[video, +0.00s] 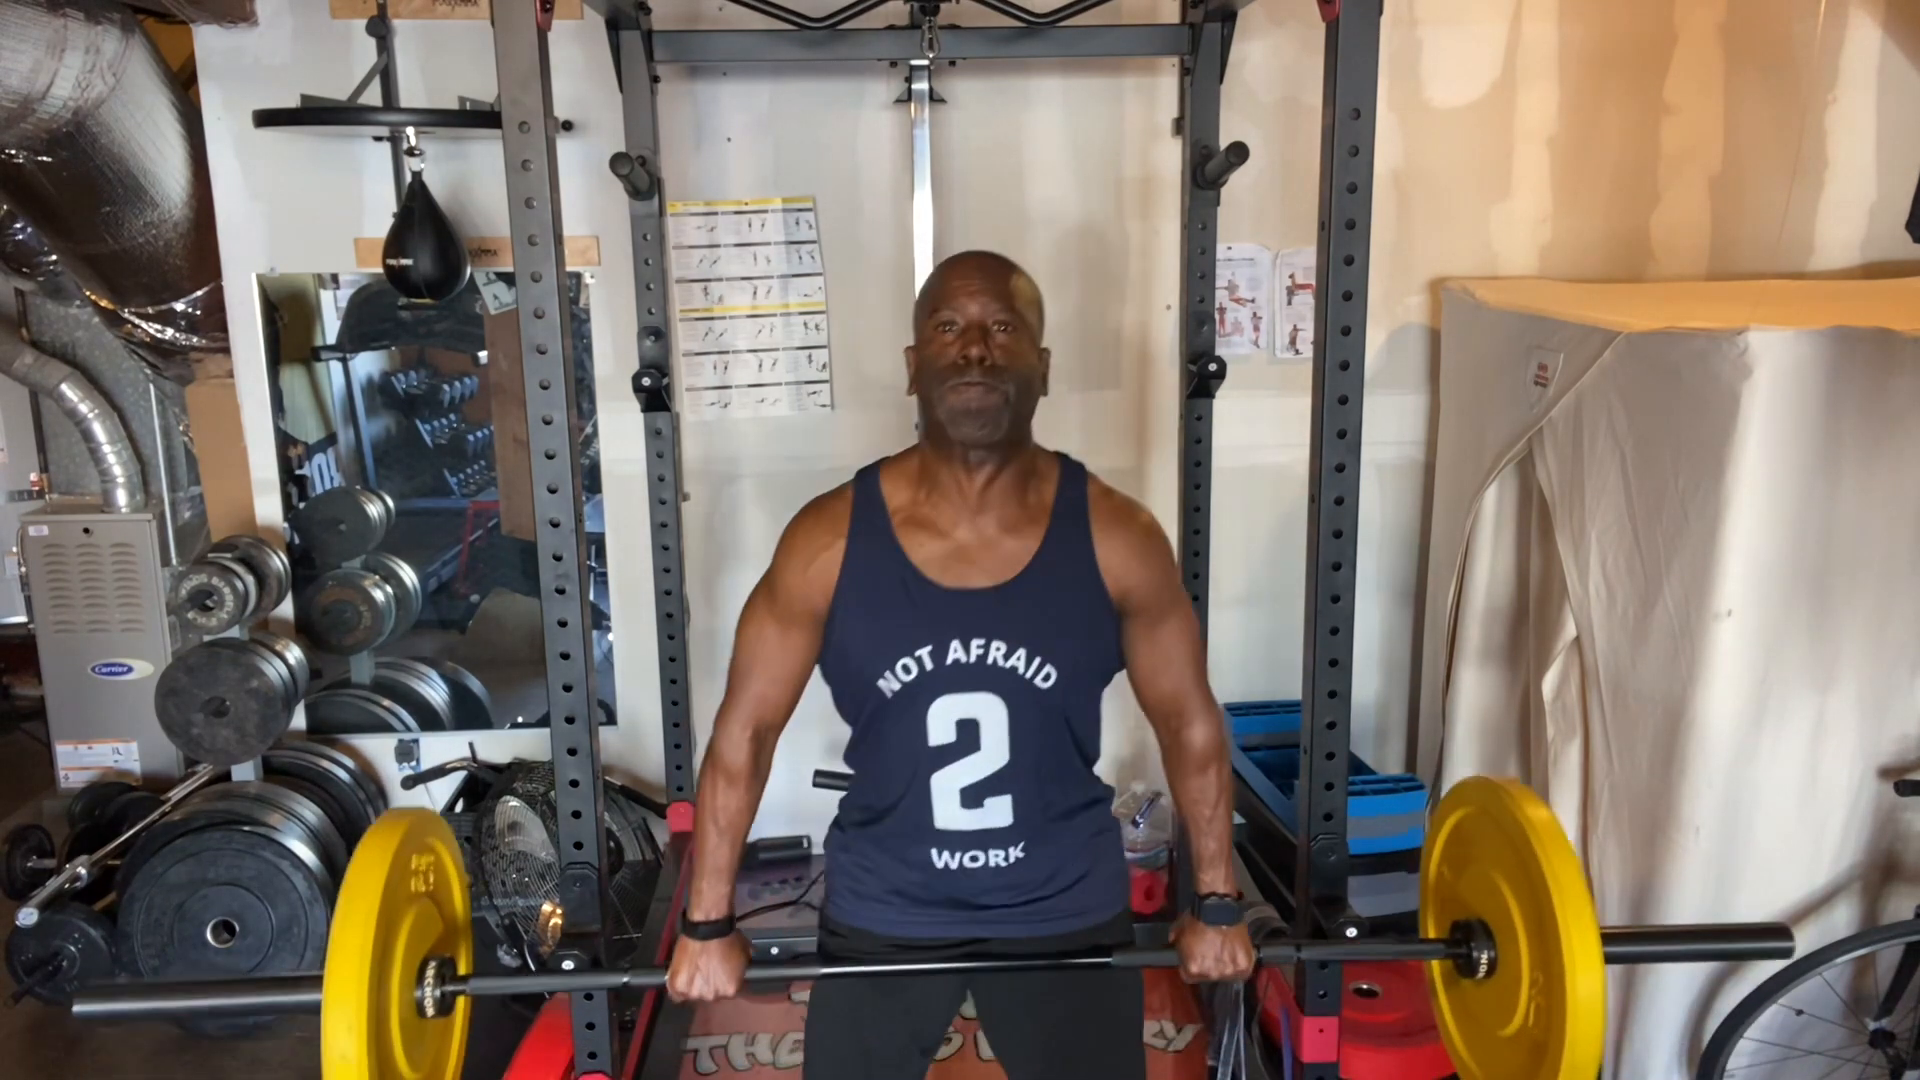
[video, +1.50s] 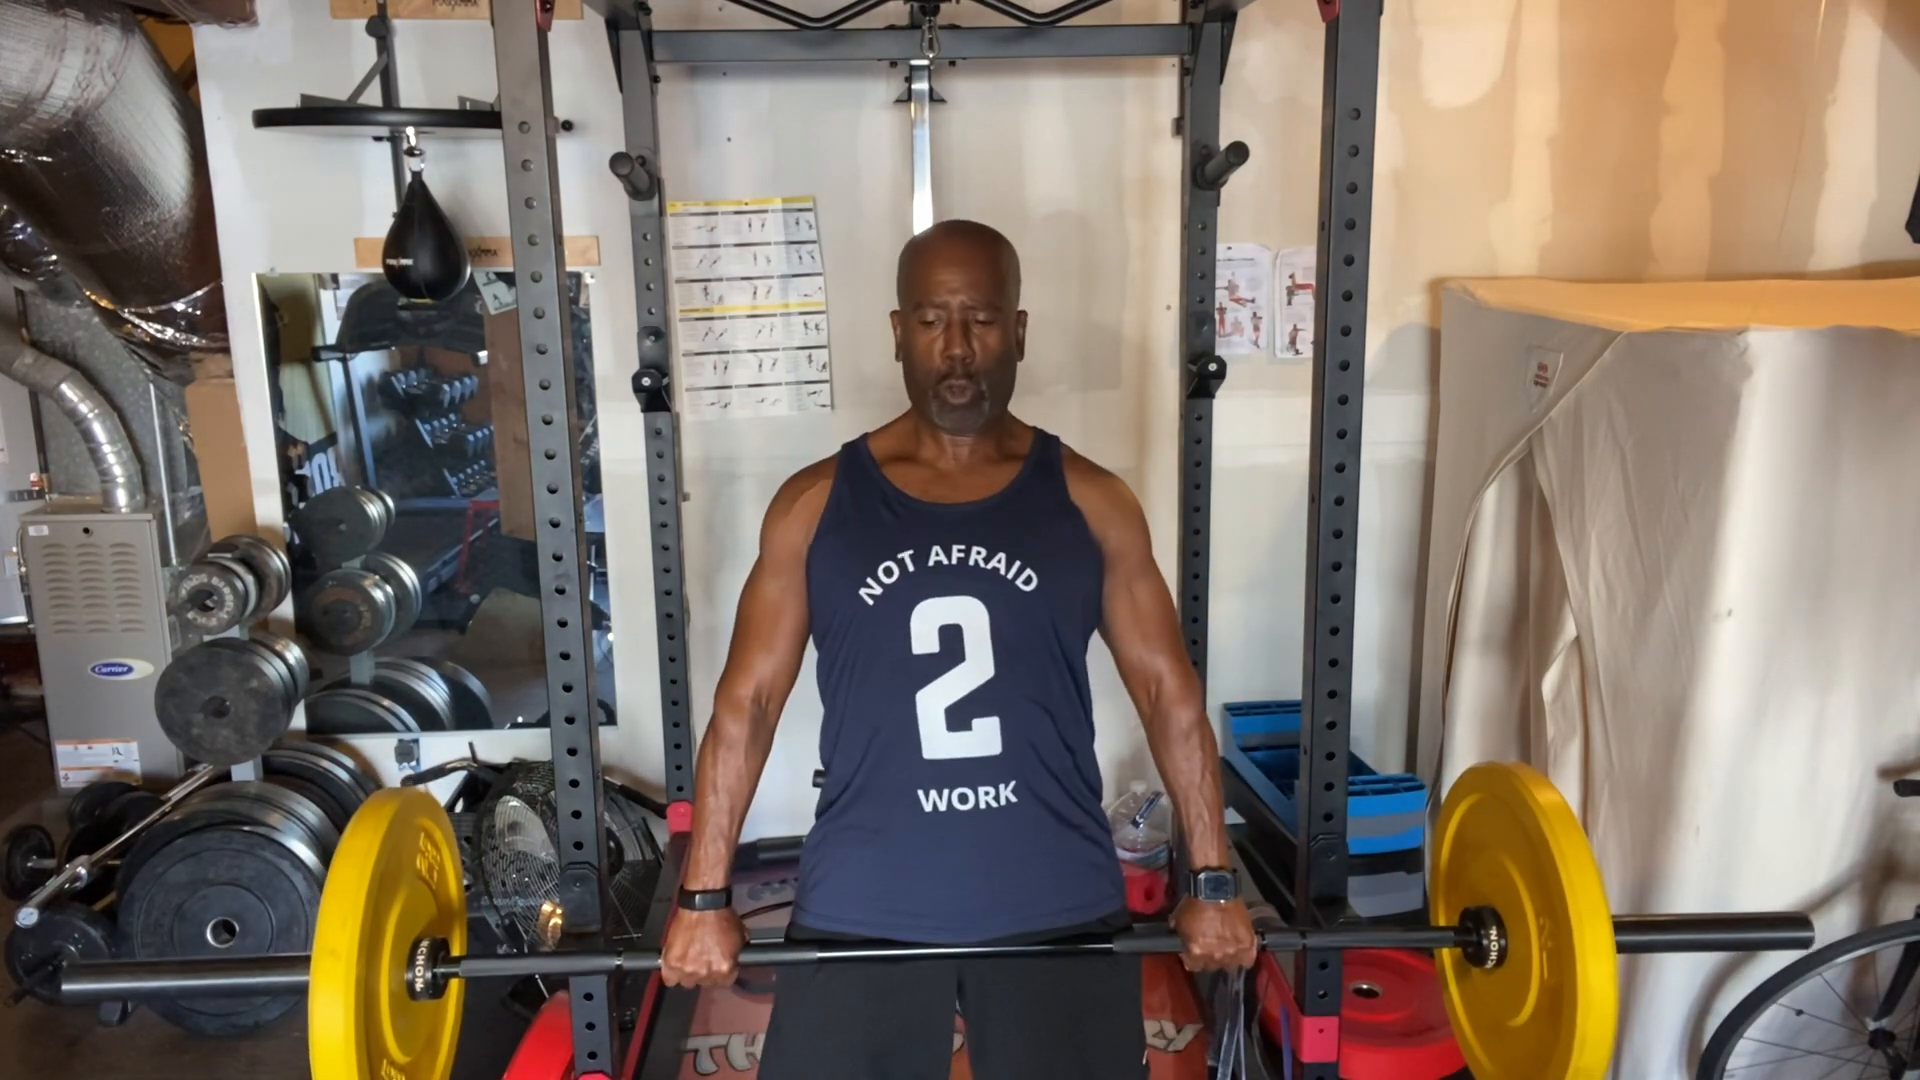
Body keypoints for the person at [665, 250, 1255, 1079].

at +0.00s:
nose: (974, 344)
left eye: (1001, 326)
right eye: (947, 327)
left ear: (1043, 365)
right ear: (912, 368)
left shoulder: (1117, 536)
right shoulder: (830, 537)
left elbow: (1188, 721)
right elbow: (743, 732)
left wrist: (1218, 897)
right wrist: (707, 918)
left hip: (1064, 915)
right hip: (884, 918)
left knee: (1095, 1064)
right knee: (848, 1065)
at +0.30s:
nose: (988, 314)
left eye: (1012, 299)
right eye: (962, 297)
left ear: (1051, 337)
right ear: (928, 336)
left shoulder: (1121, 508)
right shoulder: (841, 504)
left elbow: (1194, 701)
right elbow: (768, 702)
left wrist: (1237, 883)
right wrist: (729, 892)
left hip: (1083, 925)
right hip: (889, 925)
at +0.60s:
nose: (954, 314)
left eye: (975, 297)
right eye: (928, 298)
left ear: (1013, 328)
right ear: (895, 334)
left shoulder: (1093, 494)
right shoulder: (817, 504)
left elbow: (1164, 682)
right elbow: (742, 704)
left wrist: (1209, 873)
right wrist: (695, 895)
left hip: (1051, 928)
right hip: (857, 932)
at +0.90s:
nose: (958, 324)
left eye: (980, 307)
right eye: (933, 308)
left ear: (1016, 336)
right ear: (900, 340)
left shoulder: (1091, 504)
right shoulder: (814, 504)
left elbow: (1162, 695)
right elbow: (745, 702)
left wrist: (1210, 886)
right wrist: (697, 894)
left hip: (1053, 931)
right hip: (856, 934)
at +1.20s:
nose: (969, 329)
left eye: (991, 308)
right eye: (944, 309)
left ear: (1024, 334)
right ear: (908, 338)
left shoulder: (1097, 505)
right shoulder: (820, 502)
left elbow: (1166, 694)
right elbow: (752, 699)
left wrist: (1213, 884)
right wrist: (702, 891)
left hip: (1059, 926)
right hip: (864, 927)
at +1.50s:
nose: (955, 347)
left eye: (981, 320)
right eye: (930, 321)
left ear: (1018, 333)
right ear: (899, 335)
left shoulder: (1093, 502)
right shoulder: (816, 504)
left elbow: (1167, 689)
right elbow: (747, 703)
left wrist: (1213, 878)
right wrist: (703, 893)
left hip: (1059, 930)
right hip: (860, 933)